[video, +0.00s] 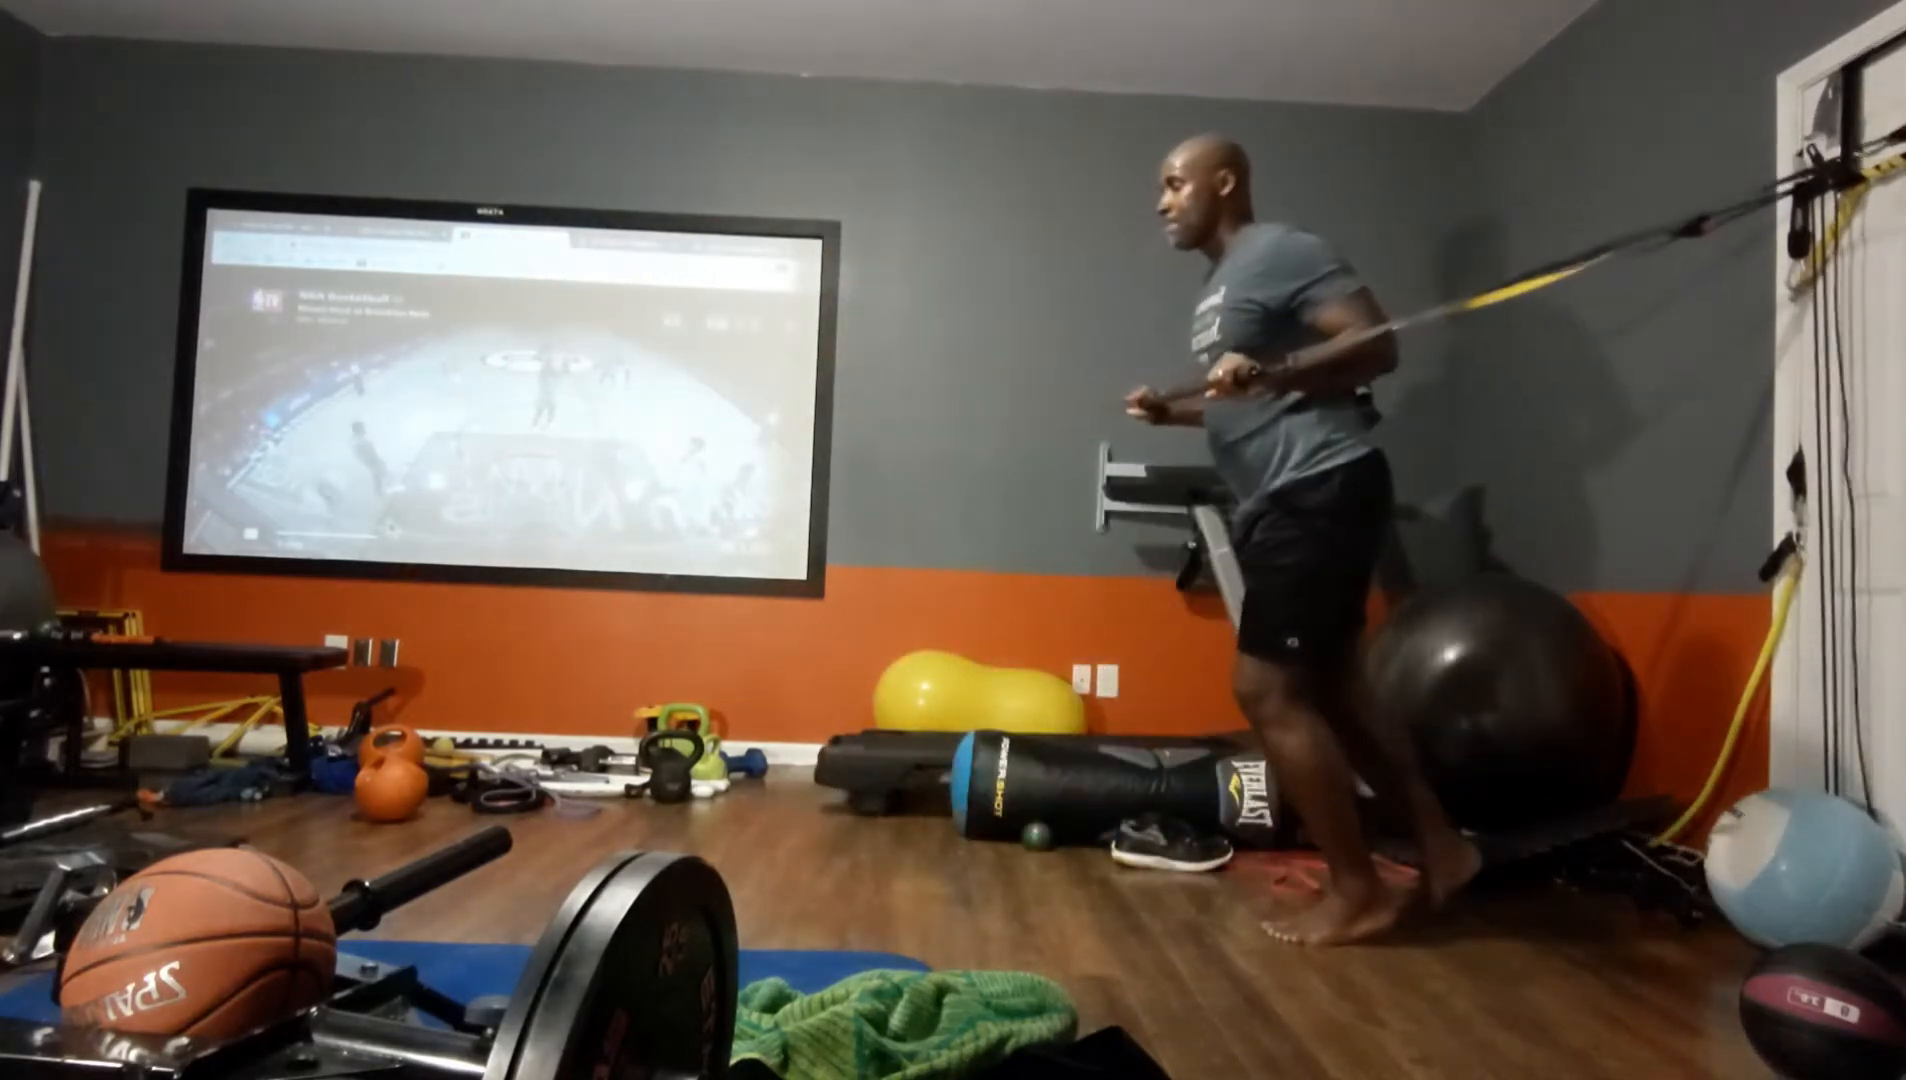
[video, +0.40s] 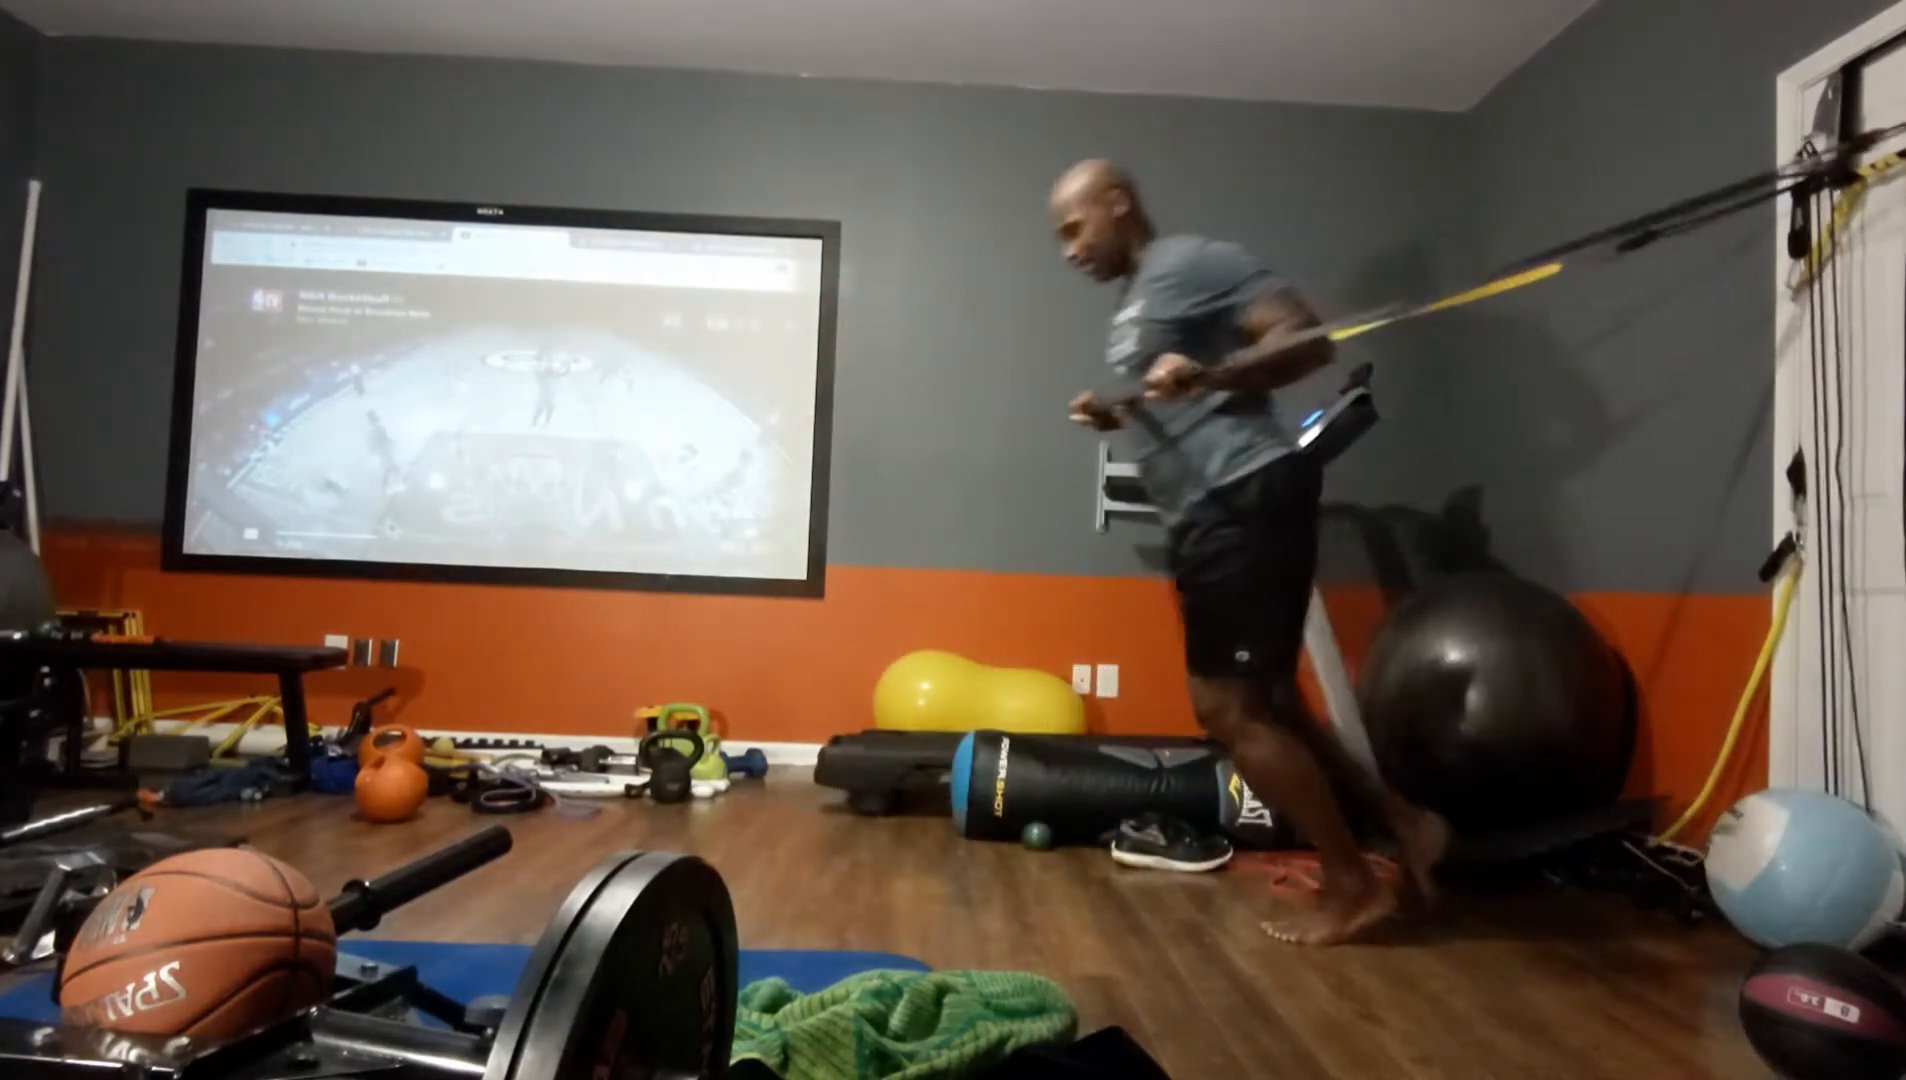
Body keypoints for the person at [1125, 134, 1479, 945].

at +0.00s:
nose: (1162, 202)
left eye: (1174, 185)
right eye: (1162, 188)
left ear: (1226, 186)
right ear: (1204, 195)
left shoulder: (1281, 250)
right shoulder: (1219, 290)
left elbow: (1376, 342)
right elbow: (1255, 401)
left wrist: (1274, 373)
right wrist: (1173, 407)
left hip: (1324, 484)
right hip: (1291, 491)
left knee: (1266, 689)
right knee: (1330, 681)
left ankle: (1355, 891)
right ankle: (1441, 847)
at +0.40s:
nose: (1068, 249)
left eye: (1073, 227)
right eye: (1061, 235)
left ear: (1122, 206)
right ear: (1105, 220)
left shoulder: (1192, 263)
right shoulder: (1132, 306)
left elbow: (1305, 341)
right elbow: (1179, 404)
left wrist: (1209, 376)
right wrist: (1118, 412)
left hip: (1250, 503)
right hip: (1217, 514)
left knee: (1230, 712)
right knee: (1264, 707)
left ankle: (1350, 888)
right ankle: (1404, 828)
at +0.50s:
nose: (1025, 265)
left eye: (1028, 243)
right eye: (1015, 254)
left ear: (1074, 219)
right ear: (1032, 251)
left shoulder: (1139, 269)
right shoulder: (1095, 312)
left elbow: (1255, 343)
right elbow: (1143, 413)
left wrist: (1153, 384)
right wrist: (1080, 415)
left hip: (1220, 504)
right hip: (1172, 520)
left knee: (1222, 721)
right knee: (1151, 712)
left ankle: (1354, 885)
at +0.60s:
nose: (978, 282)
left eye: (981, 259)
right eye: (966, 272)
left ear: (1024, 234)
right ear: (975, 274)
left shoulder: (1086, 281)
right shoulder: (1050, 326)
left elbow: (1151, 358)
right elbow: (1108, 403)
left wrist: (1037, 380)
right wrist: (1033, 416)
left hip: (1189, 514)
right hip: (1134, 529)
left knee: (1212, 725)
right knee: (1046, 671)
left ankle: (1353, 883)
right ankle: (1183, 827)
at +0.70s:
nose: (921, 287)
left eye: (928, 265)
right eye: (910, 278)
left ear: (964, 251)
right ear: (917, 281)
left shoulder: (1027, 285)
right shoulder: (977, 340)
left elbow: (974, 337)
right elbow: (963, 405)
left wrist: (856, 348)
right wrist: (871, 388)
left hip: (1149, 511)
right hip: (1081, 530)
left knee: (1205, 725)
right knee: (971, 649)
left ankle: (1349, 877)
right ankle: (1001, 850)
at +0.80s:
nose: (836, 311)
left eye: (841, 298)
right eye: (835, 303)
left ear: (875, 283)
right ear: (874, 297)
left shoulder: (945, 308)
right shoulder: (919, 352)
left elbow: (814, 321)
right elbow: (835, 375)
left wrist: (687, 320)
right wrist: (734, 359)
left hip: (1095, 525)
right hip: (1034, 542)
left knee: (1180, 732)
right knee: (923, 672)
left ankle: (1343, 871)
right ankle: (879, 867)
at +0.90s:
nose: (763, 339)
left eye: (764, 323)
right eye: (760, 328)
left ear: (792, 305)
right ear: (803, 306)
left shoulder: (865, 330)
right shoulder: (851, 369)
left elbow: (734, 331)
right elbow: (756, 373)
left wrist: (599, 307)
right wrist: (663, 352)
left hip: (1044, 537)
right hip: (976, 551)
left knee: (1120, 738)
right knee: (869, 667)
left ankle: (1316, 857)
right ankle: (865, 873)